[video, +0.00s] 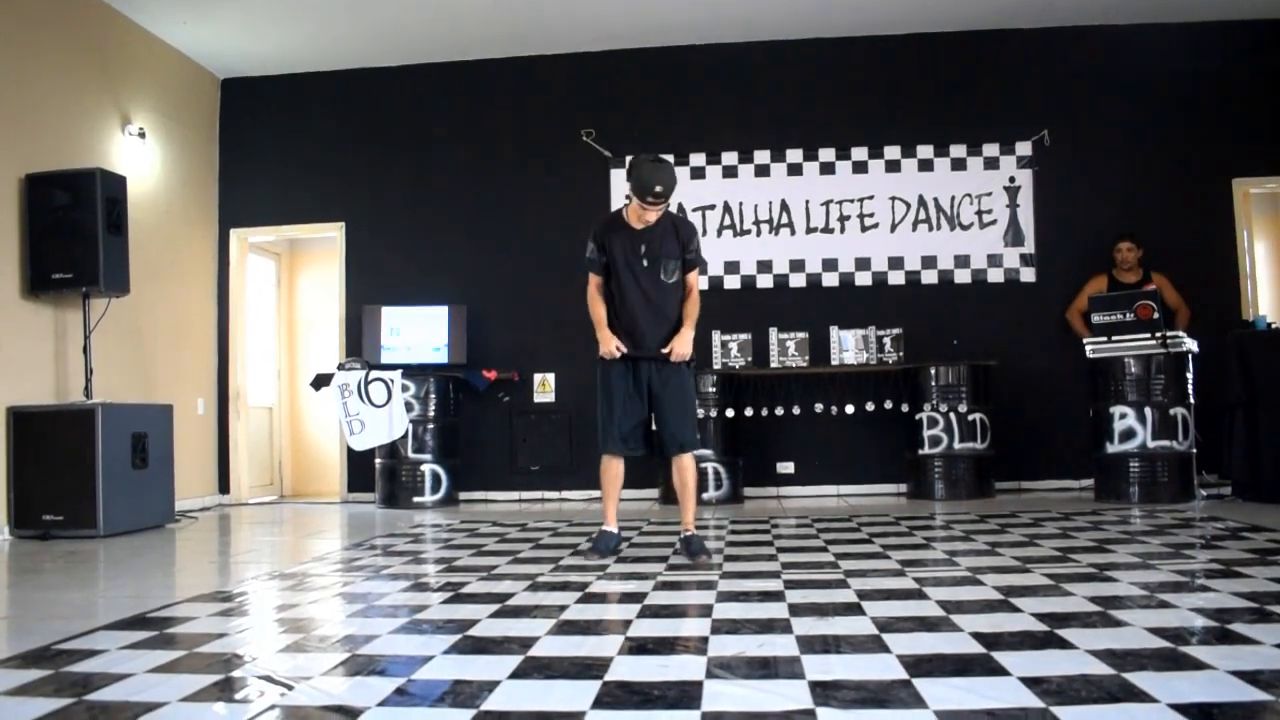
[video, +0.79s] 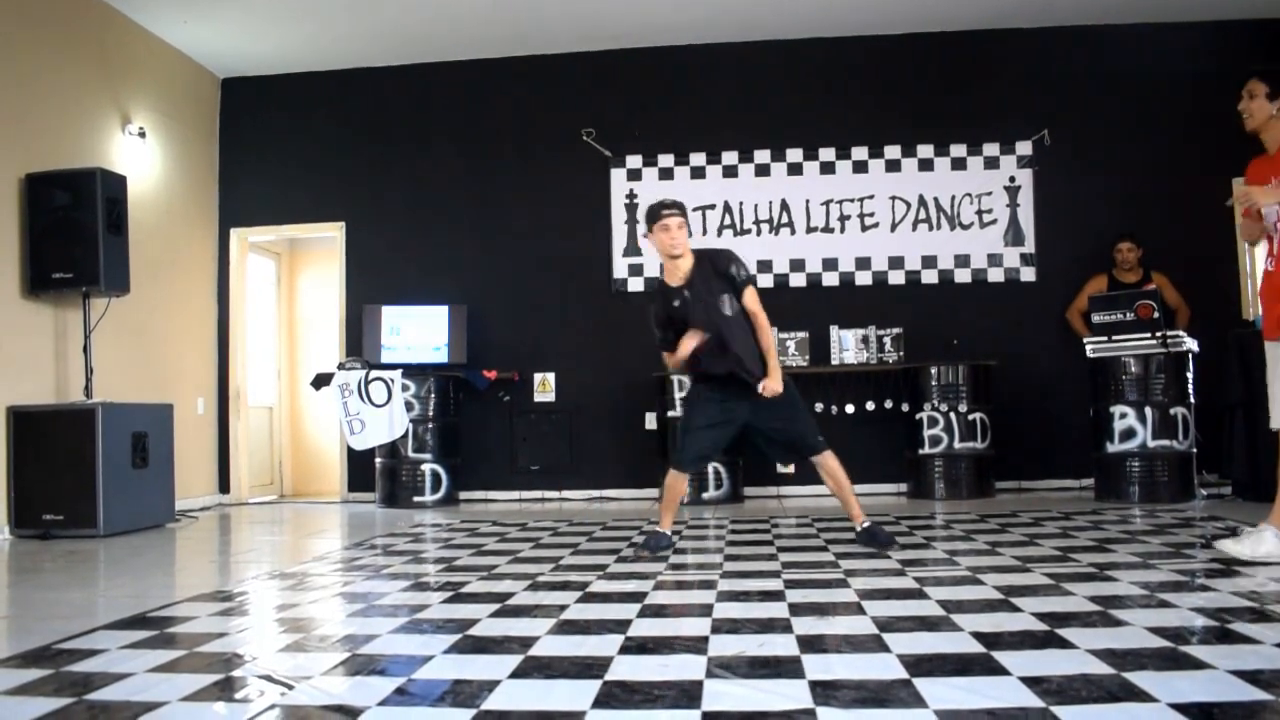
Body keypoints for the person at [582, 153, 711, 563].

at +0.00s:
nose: (652, 214)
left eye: (660, 207)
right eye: (646, 206)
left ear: (671, 198)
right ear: (631, 193)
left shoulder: (682, 231)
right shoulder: (606, 231)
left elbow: (692, 289)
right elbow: (594, 289)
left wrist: (687, 332)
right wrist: (603, 333)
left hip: (670, 357)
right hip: (620, 357)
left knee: (682, 444)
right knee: (613, 444)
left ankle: (689, 531)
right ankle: (609, 528)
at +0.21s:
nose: (647, 209)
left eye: (655, 200)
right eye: (640, 200)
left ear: (668, 193)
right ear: (630, 195)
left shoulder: (695, 233)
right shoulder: (620, 237)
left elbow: (718, 291)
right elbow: (614, 287)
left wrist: (698, 335)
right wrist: (607, 326)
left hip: (673, 359)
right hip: (623, 355)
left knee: (682, 445)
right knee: (589, 430)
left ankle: (681, 530)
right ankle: (564, 513)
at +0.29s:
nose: (646, 212)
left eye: (653, 204)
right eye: (639, 204)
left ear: (667, 196)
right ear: (629, 199)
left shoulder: (697, 236)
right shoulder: (625, 243)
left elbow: (720, 292)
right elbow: (619, 289)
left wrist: (701, 332)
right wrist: (611, 325)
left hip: (682, 356)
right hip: (632, 353)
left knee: (683, 444)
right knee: (588, 420)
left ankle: (681, 532)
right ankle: (552, 456)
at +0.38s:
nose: (643, 210)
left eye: (650, 201)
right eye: (635, 202)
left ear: (663, 193)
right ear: (625, 199)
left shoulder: (693, 230)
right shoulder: (620, 243)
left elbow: (718, 284)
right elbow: (615, 292)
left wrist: (705, 325)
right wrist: (615, 326)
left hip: (691, 350)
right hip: (642, 352)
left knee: (691, 440)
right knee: (621, 420)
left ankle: (686, 530)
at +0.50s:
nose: (640, 214)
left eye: (646, 205)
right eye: (632, 207)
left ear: (660, 195)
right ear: (622, 205)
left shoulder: (691, 230)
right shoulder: (619, 246)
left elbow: (722, 282)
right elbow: (615, 295)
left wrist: (712, 330)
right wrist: (627, 329)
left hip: (707, 351)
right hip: (658, 355)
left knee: (731, 441)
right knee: (649, 440)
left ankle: (759, 521)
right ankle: (657, 527)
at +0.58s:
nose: (640, 224)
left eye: (645, 215)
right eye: (632, 217)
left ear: (658, 213)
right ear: (623, 221)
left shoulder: (691, 245)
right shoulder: (626, 268)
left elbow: (726, 296)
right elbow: (628, 330)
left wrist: (729, 349)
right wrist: (639, 376)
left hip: (716, 367)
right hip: (666, 378)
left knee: (766, 441)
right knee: (653, 451)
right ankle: (658, 530)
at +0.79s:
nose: (675, 235)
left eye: (680, 228)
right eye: (665, 230)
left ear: (689, 233)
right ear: (650, 239)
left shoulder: (722, 262)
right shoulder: (658, 297)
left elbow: (758, 315)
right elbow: (670, 362)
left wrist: (774, 371)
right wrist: (684, 347)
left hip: (761, 379)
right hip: (711, 389)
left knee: (816, 447)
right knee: (682, 460)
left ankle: (862, 522)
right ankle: (662, 532)